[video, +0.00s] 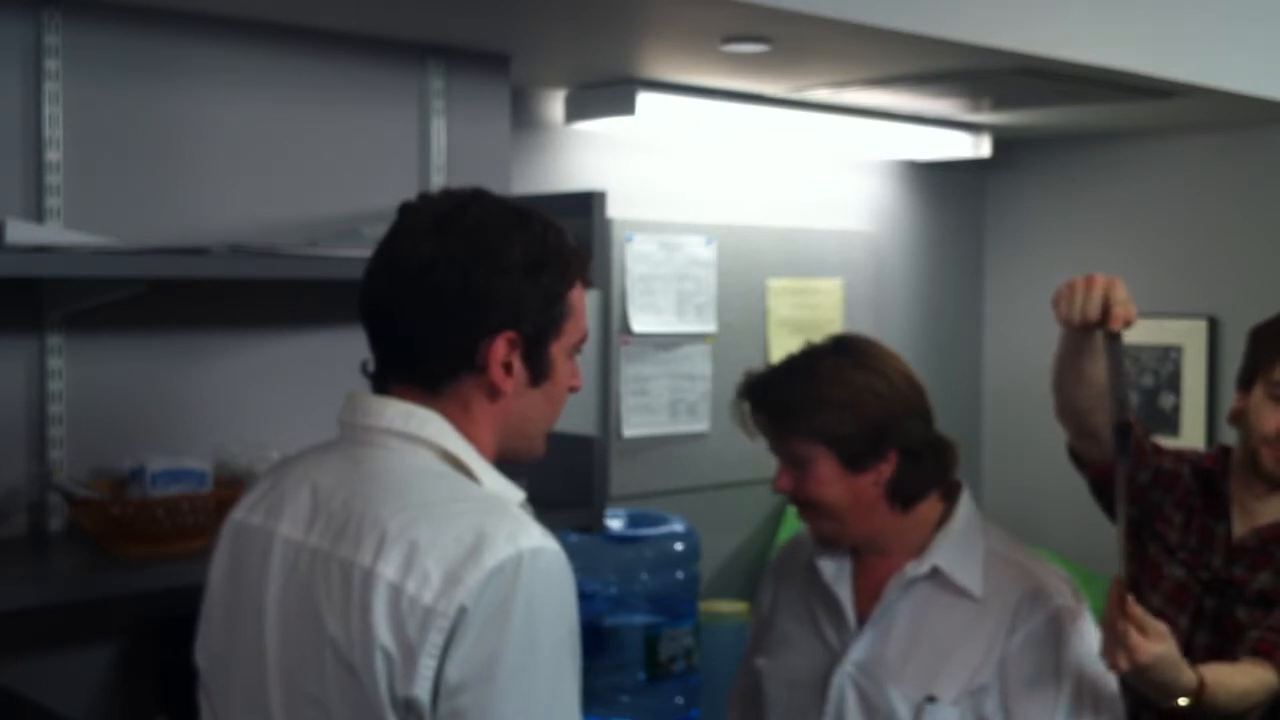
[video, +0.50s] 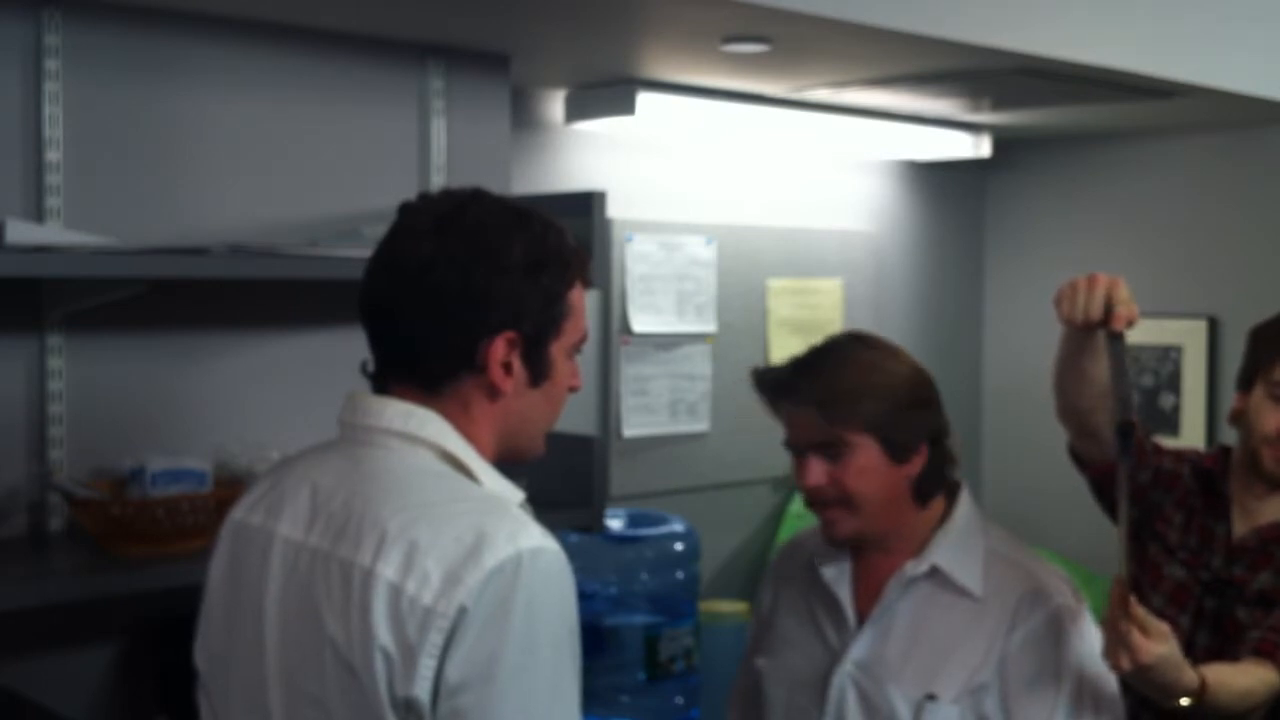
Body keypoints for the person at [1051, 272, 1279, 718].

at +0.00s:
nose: (1279, 421)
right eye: (1275, 396)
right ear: (1241, 401)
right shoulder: (1168, 485)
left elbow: (1267, 676)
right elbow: (1090, 426)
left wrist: (1186, 684)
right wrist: (1085, 329)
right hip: (1136, 704)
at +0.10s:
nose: (1279, 421)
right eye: (1275, 396)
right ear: (1241, 401)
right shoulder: (1168, 485)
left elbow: (1267, 676)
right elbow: (1090, 426)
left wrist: (1186, 684)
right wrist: (1085, 329)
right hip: (1137, 705)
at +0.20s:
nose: (1279, 422)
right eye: (1275, 396)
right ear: (1241, 401)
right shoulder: (1168, 485)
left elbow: (1268, 675)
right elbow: (1090, 426)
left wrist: (1186, 685)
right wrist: (1085, 329)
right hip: (1137, 704)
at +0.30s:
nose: (1277, 420)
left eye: (1279, 400)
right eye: (1274, 395)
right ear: (1241, 401)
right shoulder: (1170, 485)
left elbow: (1267, 675)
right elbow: (1091, 427)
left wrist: (1185, 684)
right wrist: (1086, 329)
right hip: (1138, 704)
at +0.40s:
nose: (1278, 420)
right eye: (1275, 395)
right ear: (1241, 402)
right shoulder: (1169, 485)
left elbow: (1267, 676)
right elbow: (1091, 427)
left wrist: (1186, 684)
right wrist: (1086, 329)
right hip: (1136, 704)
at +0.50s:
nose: (1278, 420)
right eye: (1275, 395)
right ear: (1241, 402)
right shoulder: (1168, 485)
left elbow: (1268, 676)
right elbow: (1091, 426)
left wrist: (1188, 685)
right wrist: (1086, 329)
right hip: (1137, 704)